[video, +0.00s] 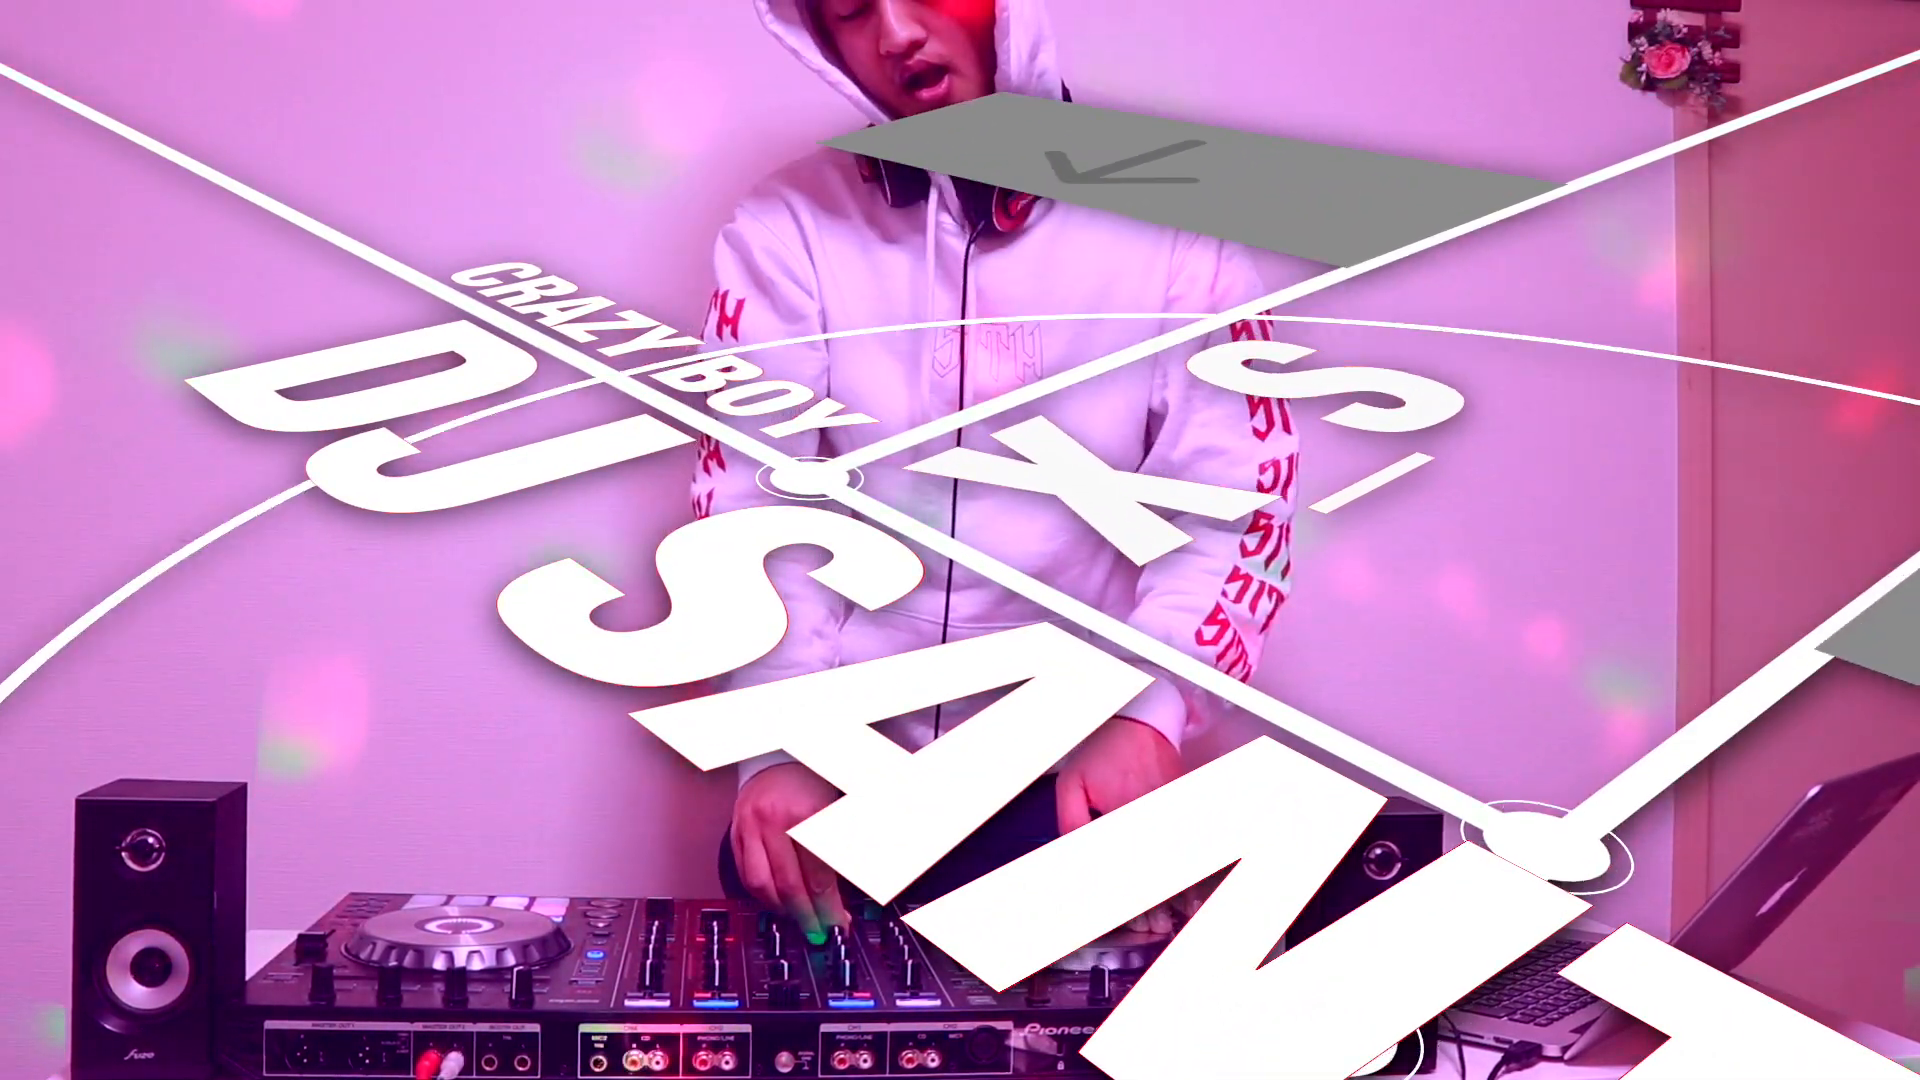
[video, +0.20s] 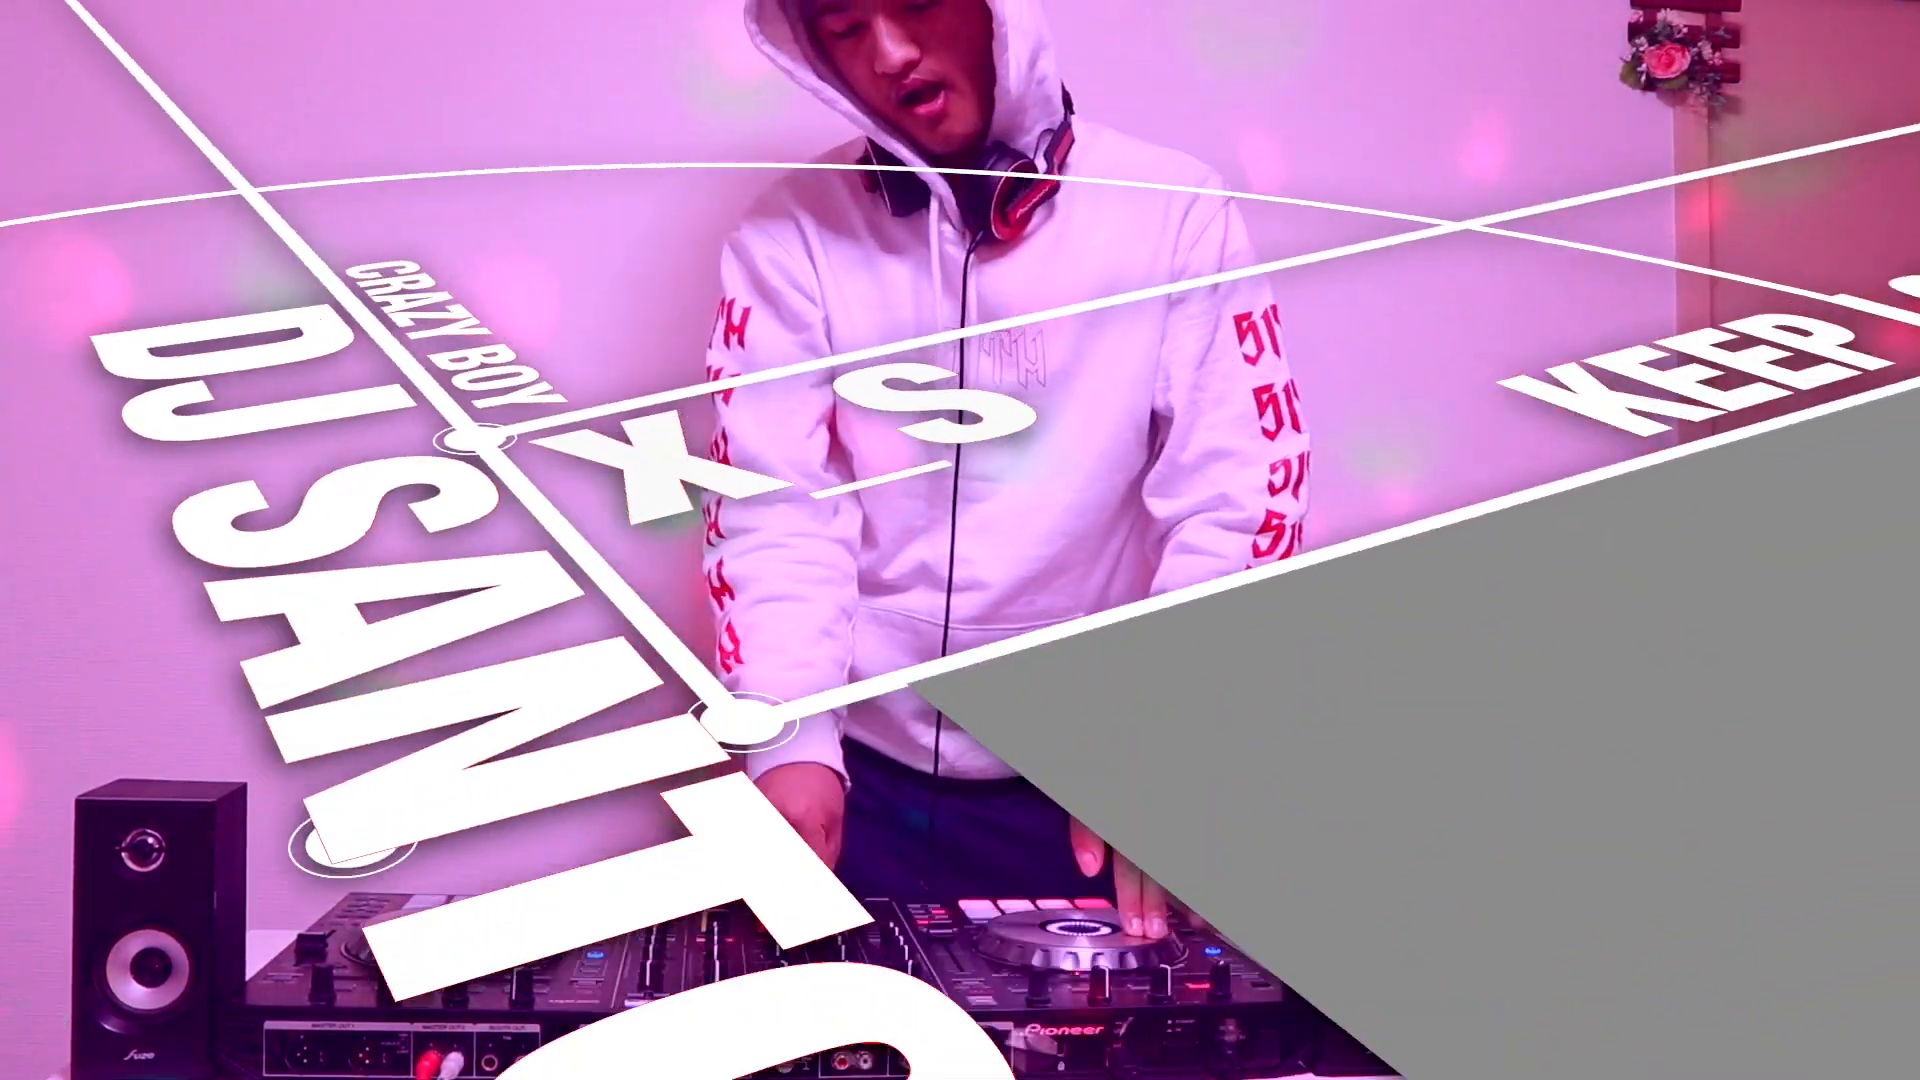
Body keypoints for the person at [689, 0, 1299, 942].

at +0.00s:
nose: (900, 34)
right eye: (855, 11)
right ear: (824, 42)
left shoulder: (1170, 224)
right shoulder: (785, 235)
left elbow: (1237, 514)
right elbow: (753, 508)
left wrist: (1148, 713)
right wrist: (782, 739)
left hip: (1084, 746)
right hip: (846, 752)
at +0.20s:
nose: (893, 58)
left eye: (918, 5)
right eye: (844, 31)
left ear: (995, 2)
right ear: (820, 62)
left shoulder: (1175, 213)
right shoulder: (791, 240)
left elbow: (1236, 508)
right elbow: (774, 517)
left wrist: (1167, 762)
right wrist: (794, 745)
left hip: (1089, 803)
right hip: (863, 794)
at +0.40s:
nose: (908, 78)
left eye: (935, 20)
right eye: (855, 47)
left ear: (1004, 12)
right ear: (823, 71)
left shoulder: (1174, 216)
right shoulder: (783, 243)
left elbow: (1248, 481)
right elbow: (755, 510)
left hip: (1117, 592)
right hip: (883, 608)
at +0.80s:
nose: (905, 34)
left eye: (942, 7)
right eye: (863, 15)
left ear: (991, 25)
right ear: (808, 34)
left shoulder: (1093, 196)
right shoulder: (735, 234)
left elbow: (1198, 419)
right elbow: (707, 491)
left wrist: (1009, 210)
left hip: (1074, 578)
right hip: (844, 594)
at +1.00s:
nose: (828, 46)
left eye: (855, 6)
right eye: (782, 16)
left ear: (901, 19)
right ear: (724, 37)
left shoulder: (976, 188)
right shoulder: (651, 232)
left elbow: (1135, 334)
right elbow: (660, 479)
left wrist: (980, 132)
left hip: (971, 559)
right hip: (770, 582)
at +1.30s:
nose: (702, 54)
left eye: (732, 16)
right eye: (659, 19)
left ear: (769, 26)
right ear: (598, 34)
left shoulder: (843, 187)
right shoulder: (530, 242)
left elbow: (996, 383)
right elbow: (584, 478)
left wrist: (917, 210)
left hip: (833, 553)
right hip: (645, 579)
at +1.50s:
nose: (687, 30)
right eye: (646, 1)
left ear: (748, 13)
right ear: (585, 17)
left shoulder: (831, 206)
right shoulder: (518, 221)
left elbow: (935, 478)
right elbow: (581, 476)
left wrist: (938, 322)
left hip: (807, 574)